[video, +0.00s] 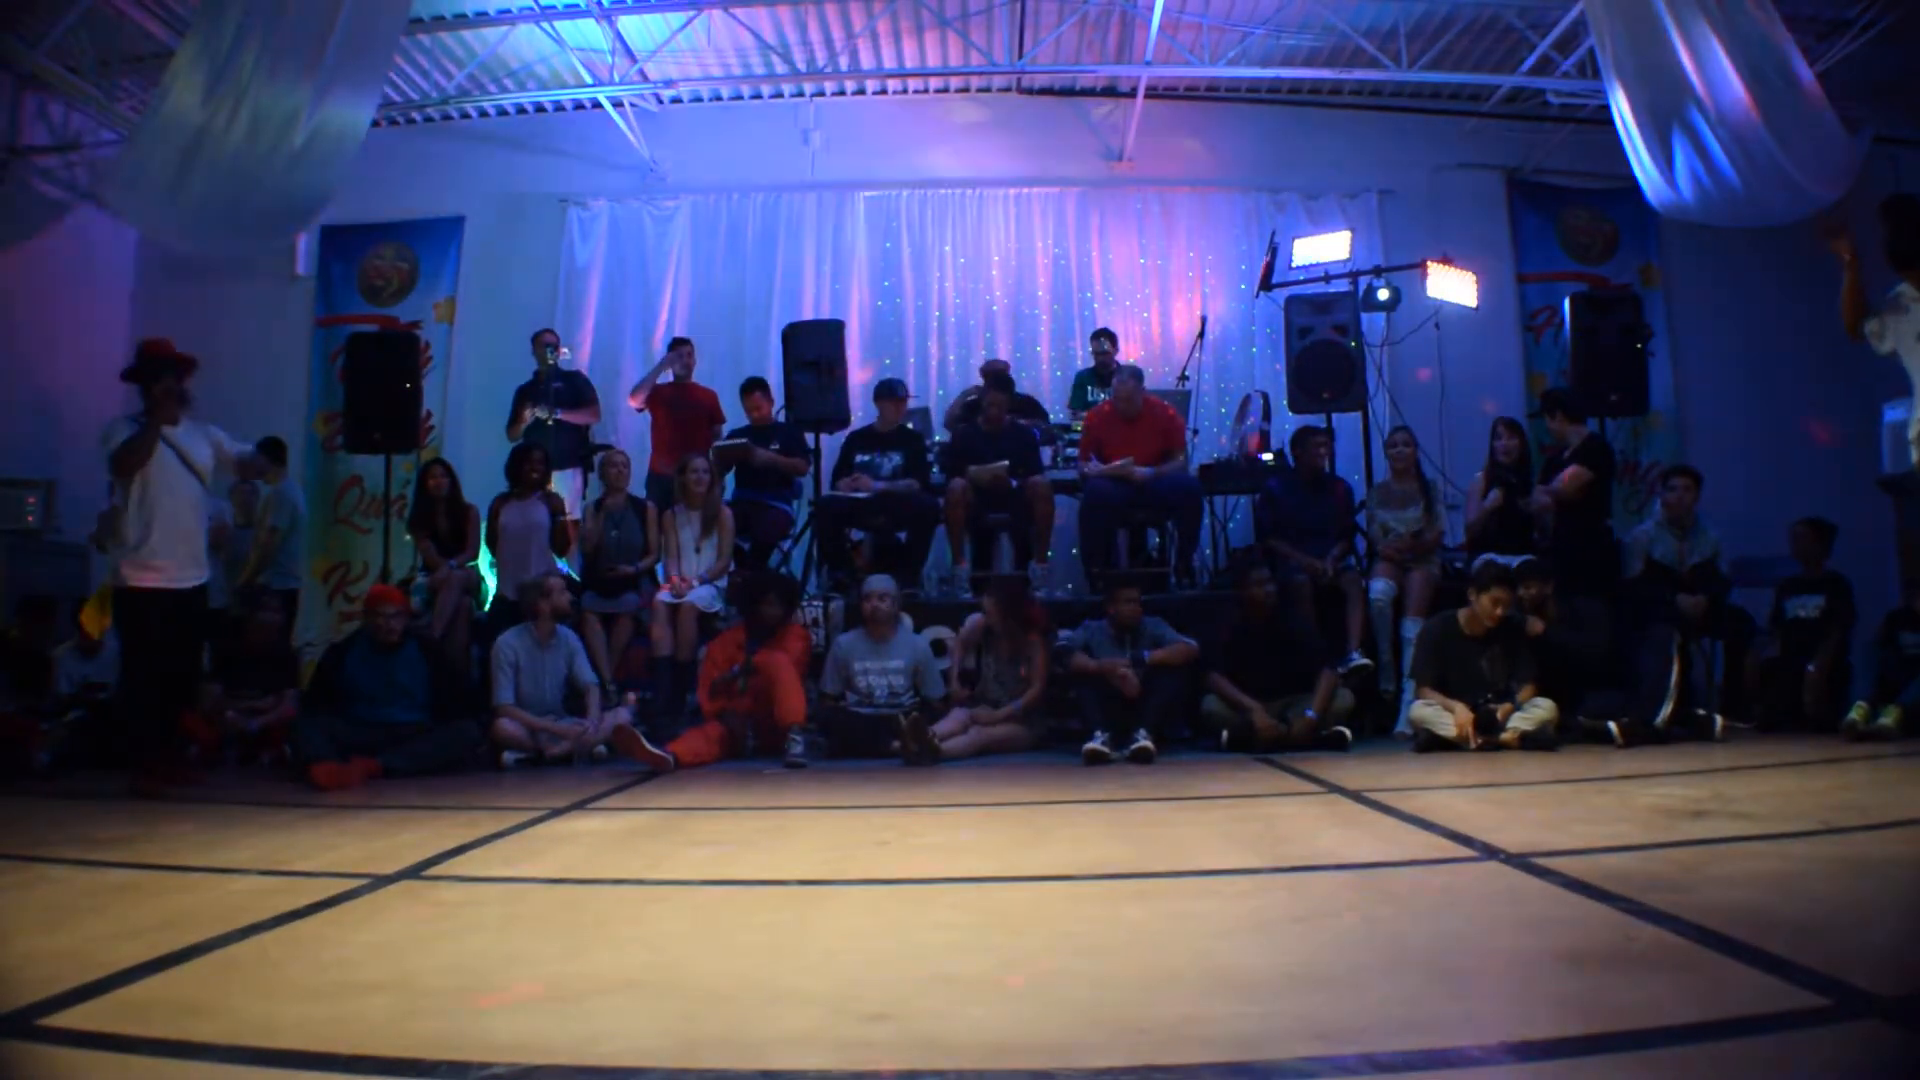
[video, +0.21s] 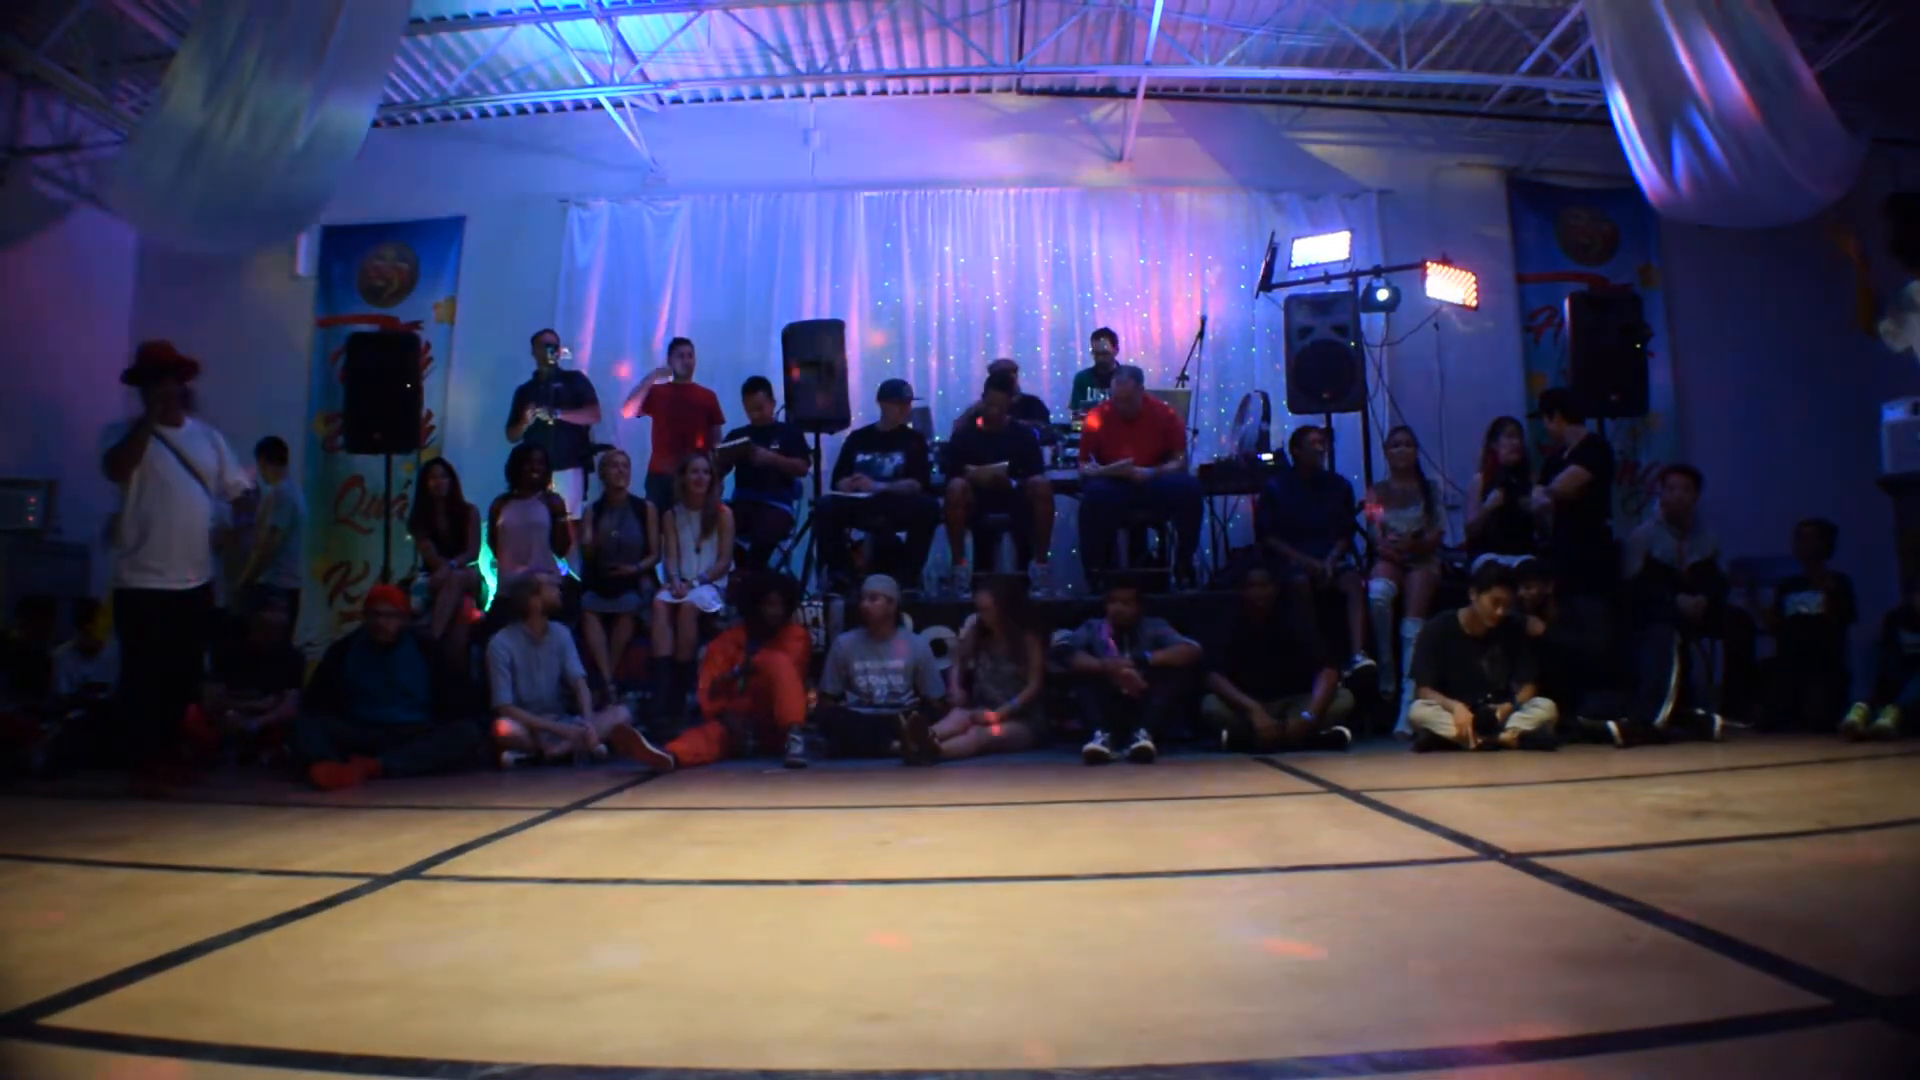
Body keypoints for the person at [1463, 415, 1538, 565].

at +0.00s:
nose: (1504, 444)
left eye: (1511, 438)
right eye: (1498, 438)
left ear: (1521, 444)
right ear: (1492, 444)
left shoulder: (1530, 479)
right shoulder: (1481, 480)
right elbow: (1471, 525)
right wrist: (1488, 506)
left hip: (1524, 550)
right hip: (1490, 549)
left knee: (1529, 569)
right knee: (1491, 570)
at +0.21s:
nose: (1516, 443)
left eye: (1518, 438)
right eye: (1509, 437)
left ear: (1523, 442)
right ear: (1494, 445)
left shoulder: (1529, 478)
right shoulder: (1481, 481)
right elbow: (1471, 527)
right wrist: (1488, 507)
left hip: (1523, 549)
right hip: (1489, 549)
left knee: (1529, 569)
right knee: (1492, 570)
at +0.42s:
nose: (1517, 443)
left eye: (1519, 438)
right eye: (1510, 437)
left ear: (1523, 441)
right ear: (1495, 444)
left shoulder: (1527, 477)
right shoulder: (1482, 480)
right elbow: (1471, 527)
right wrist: (1490, 507)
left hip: (1523, 550)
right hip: (1489, 550)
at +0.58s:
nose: (1517, 443)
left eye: (1519, 438)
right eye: (1511, 437)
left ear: (1523, 441)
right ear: (1494, 444)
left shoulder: (1527, 477)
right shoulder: (1481, 480)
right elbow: (1472, 526)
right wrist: (1490, 508)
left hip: (1523, 549)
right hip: (1490, 549)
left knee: (1534, 570)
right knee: (1496, 572)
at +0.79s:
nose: (1514, 443)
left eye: (1515, 438)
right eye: (1506, 438)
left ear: (1519, 441)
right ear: (1490, 446)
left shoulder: (1524, 477)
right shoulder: (1479, 479)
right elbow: (1470, 528)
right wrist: (1488, 508)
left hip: (1521, 548)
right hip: (1489, 549)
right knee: (1491, 571)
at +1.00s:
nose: (1516, 443)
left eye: (1517, 437)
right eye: (1508, 437)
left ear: (1521, 441)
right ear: (1492, 444)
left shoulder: (1526, 477)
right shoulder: (1479, 480)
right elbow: (1471, 528)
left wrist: (1540, 507)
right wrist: (1492, 507)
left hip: (1523, 551)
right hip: (1490, 551)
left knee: (1535, 570)